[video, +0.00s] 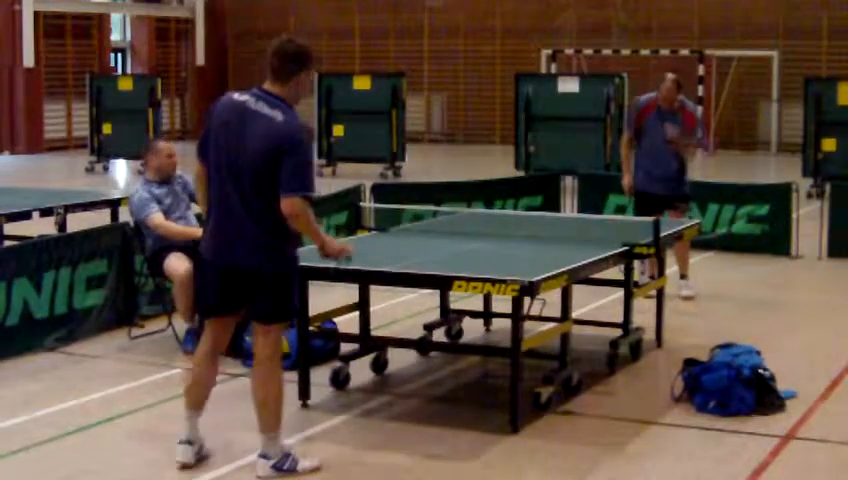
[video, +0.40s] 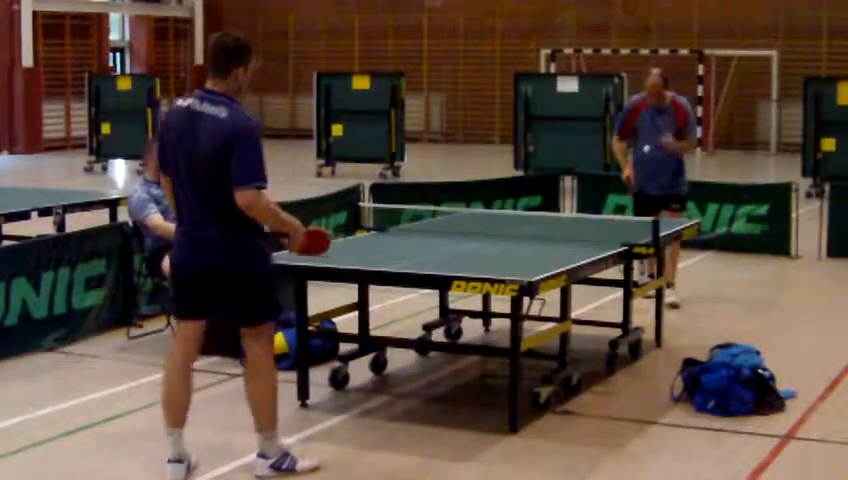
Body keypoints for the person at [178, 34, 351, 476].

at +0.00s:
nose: (313, 84)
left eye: (312, 76)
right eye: (311, 77)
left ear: (270, 71)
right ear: (301, 79)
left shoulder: (226, 106)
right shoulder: (292, 130)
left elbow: (201, 171)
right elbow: (292, 205)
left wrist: (211, 219)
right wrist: (324, 241)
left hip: (220, 248)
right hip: (269, 254)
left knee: (212, 339)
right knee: (268, 347)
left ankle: (188, 439)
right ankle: (272, 452)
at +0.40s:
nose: (250, 77)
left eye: (248, 70)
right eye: (250, 71)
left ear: (209, 66)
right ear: (242, 72)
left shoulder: (175, 113)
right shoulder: (239, 125)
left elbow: (163, 175)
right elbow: (248, 199)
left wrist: (186, 218)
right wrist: (292, 225)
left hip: (190, 252)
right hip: (240, 254)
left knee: (183, 344)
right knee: (258, 343)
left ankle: (176, 454)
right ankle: (270, 450)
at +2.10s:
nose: (264, 82)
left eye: (262, 75)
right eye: (261, 76)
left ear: (222, 79)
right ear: (250, 80)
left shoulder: (200, 120)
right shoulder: (255, 125)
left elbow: (185, 183)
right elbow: (261, 192)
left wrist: (243, 216)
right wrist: (298, 202)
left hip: (195, 242)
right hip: (237, 245)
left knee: (208, 327)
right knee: (276, 328)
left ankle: (182, 426)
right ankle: (299, 435)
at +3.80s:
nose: (438, 102)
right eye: (440, 96)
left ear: (406, 87)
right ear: (439, 98)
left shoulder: (362, 108)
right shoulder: (433, 130)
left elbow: (342, 161)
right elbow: (500, 128)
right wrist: (481, 78)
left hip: (323, 238)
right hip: (380, 247)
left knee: (282, 328)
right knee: (419, 334)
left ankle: (239, 411)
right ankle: (428, 438)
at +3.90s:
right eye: (416, 83)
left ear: (383, 80)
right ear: (419, 86)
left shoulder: (344, 112)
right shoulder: (421, 126)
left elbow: (312, 159)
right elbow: (491, 139)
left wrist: (356, 155)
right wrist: (481, 91)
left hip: (323, 242)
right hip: (380, 248)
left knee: (286, 334)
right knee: (418, 336)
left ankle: (243, 431)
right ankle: (435, 443)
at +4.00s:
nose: (401, 100)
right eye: (401, 94)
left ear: (356, 94)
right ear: (396, 96)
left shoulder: (326, 131)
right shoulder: (404, 141)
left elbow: (291, 181)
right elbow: (464, 176)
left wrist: (334, 173)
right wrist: (471, 132)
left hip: (313, 257)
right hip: (372, 259)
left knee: (287, 349)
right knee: (416, 339)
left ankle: (257, 447)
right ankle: (435, 445)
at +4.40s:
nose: (346, 92)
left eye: (344, 86)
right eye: (346, 87)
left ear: (305, 84)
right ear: (340, 90)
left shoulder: (272, 127)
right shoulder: (334, 142)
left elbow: (247, 190)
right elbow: (365, 216)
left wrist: (295, 194)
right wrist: (402, 215)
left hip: (258, 257)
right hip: (310, 264)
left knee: (242, 337)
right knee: (345, 350)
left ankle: (198, 432)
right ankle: (328, 455)